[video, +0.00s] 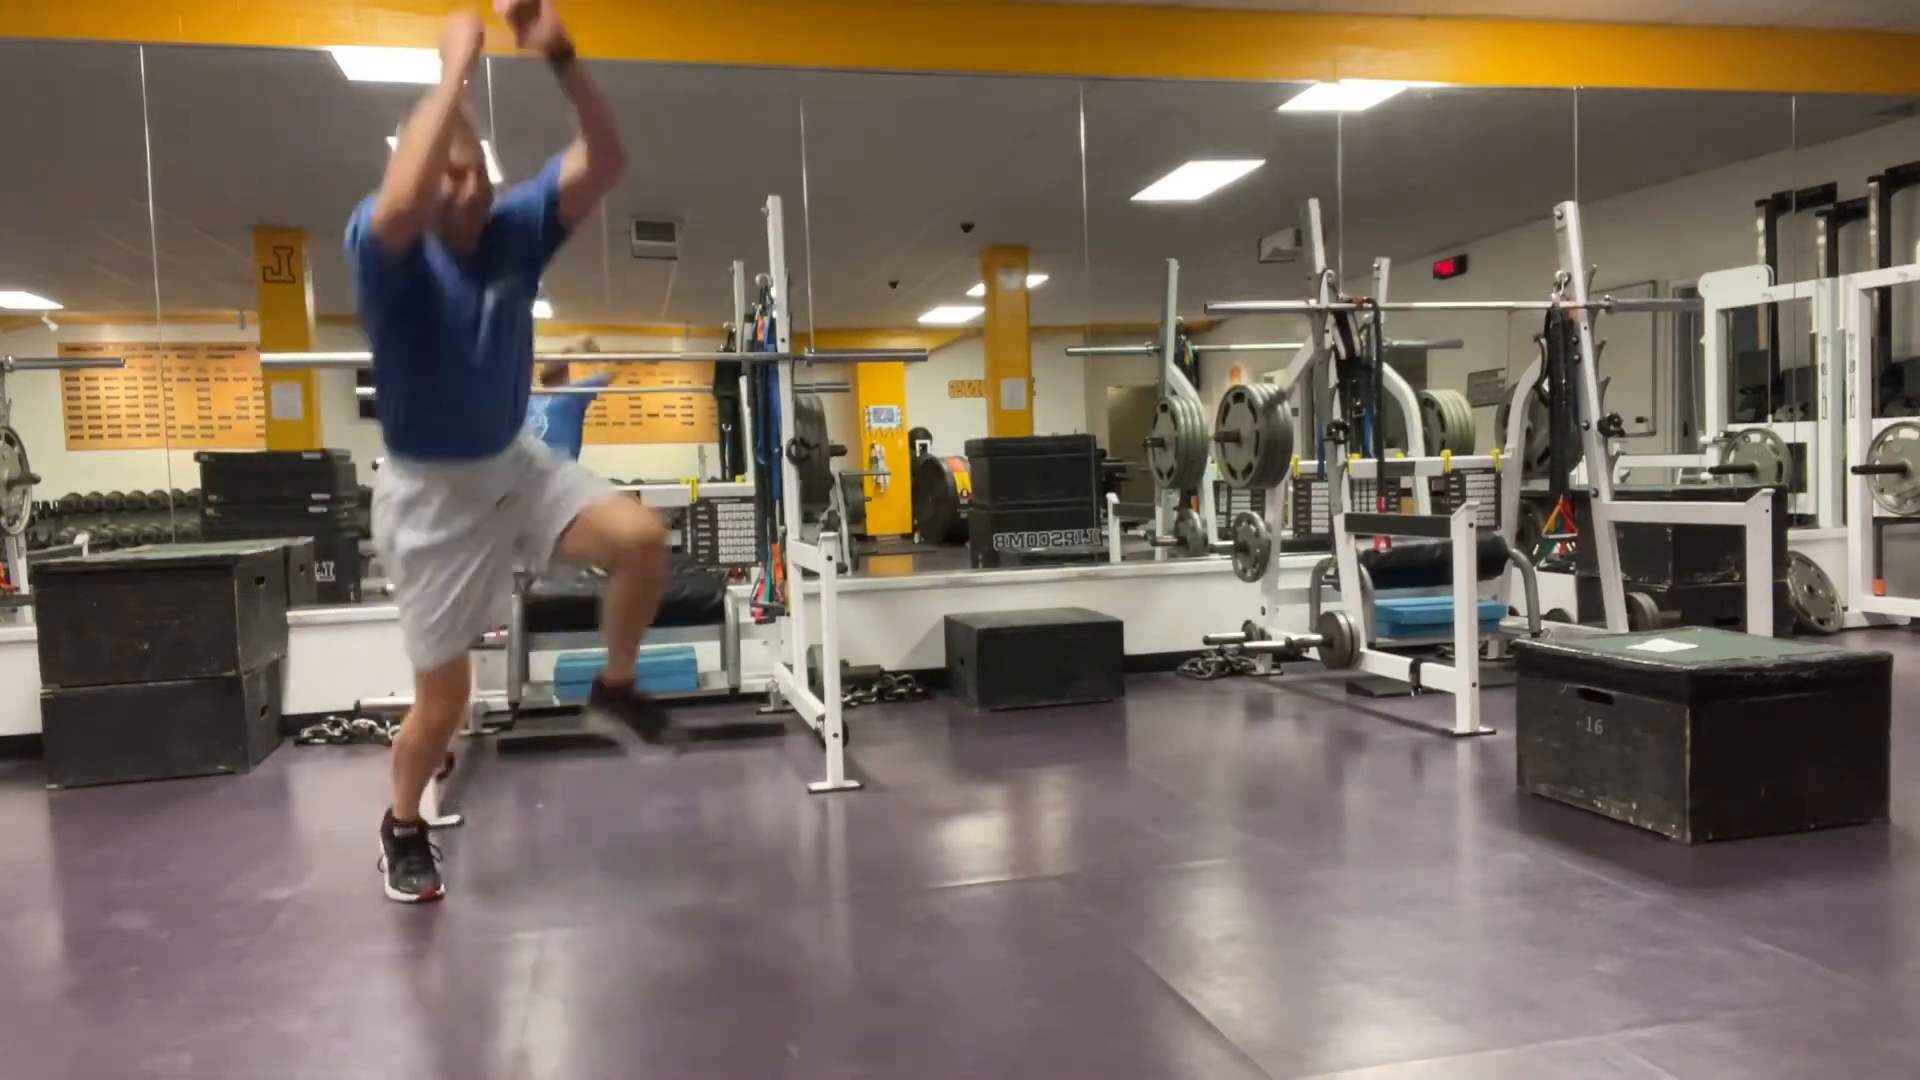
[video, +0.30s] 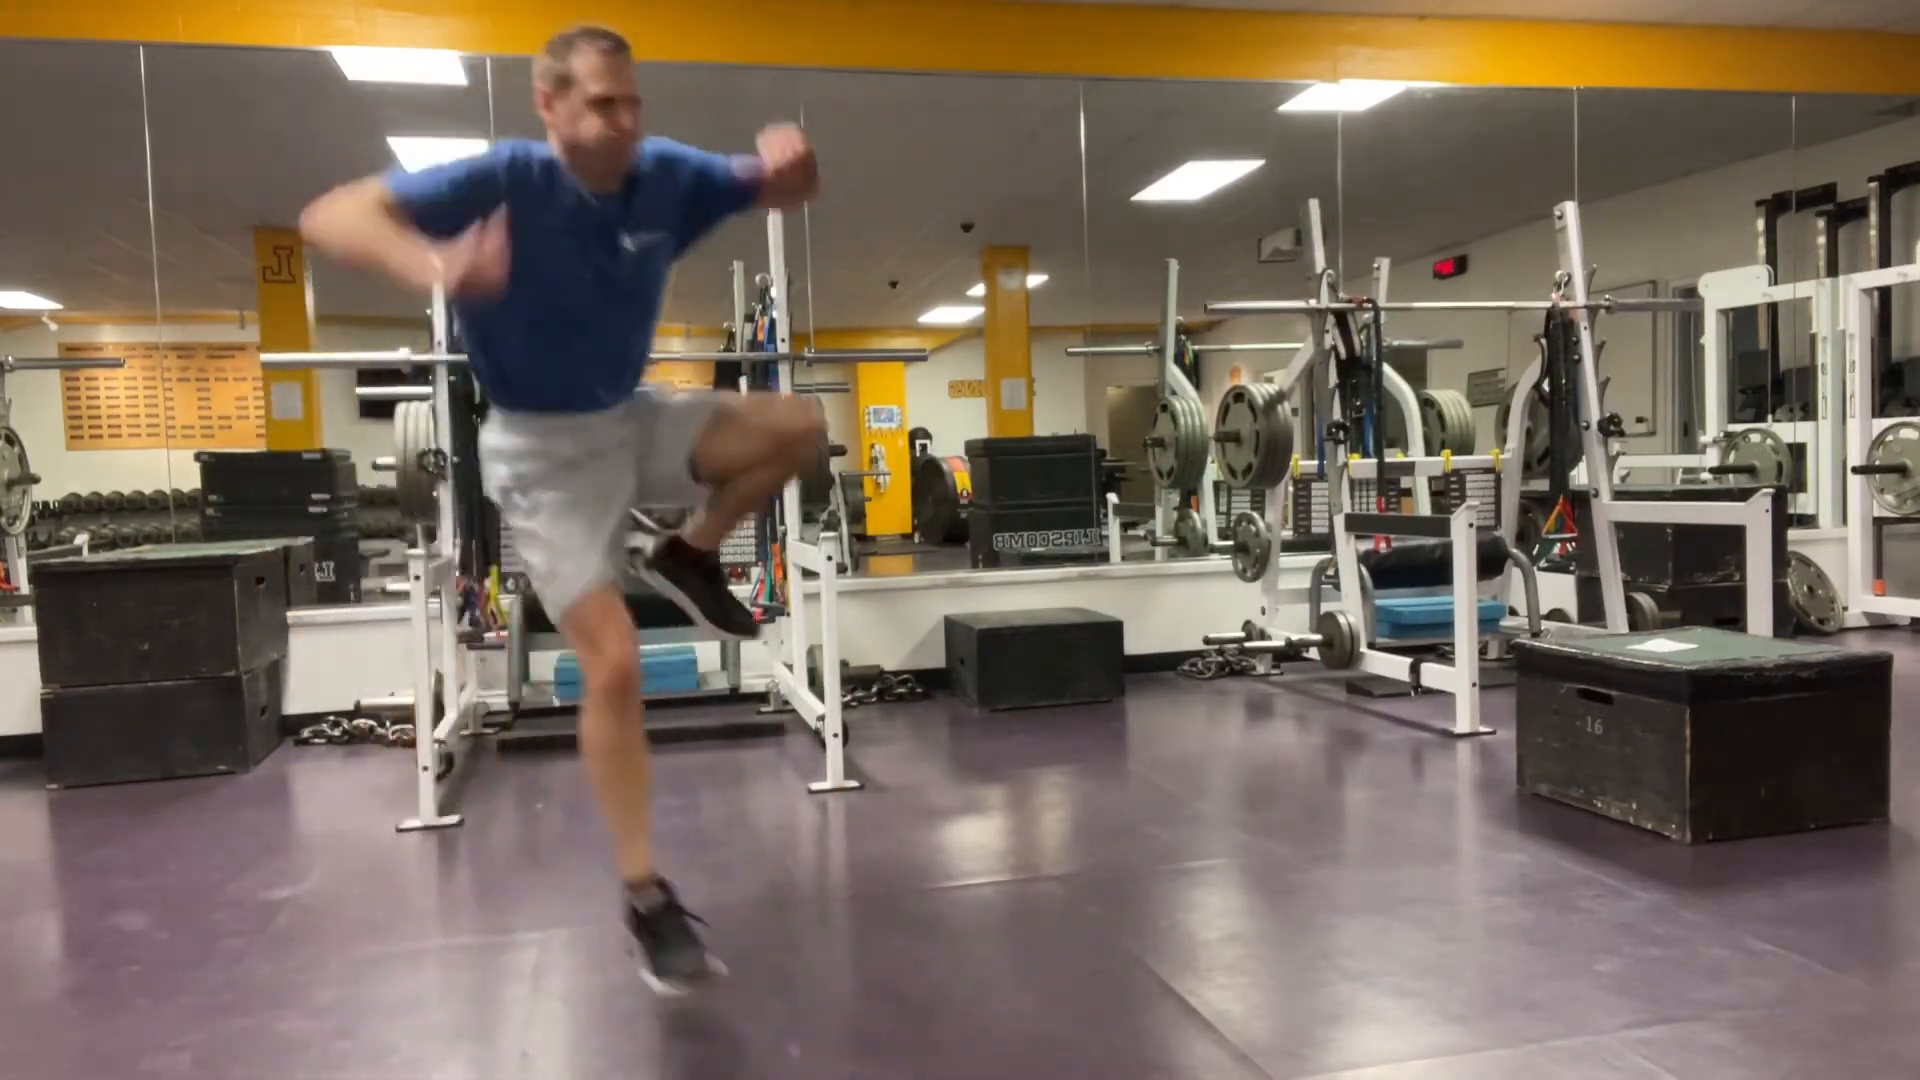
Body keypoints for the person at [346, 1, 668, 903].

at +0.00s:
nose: (465, 186)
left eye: (474, 167)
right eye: (446, 173)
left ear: (492, 171)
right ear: (411, 180)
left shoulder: (515, 232)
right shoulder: (383, 250)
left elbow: (604, 160)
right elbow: (400, 205)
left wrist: (561, 58)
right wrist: (453, 72)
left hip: (518, 473)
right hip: (429, 497)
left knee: (639, 539)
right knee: (441, 705)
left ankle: (617, 687)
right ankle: (403, 822)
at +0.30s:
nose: (616, 123)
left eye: (627, 106)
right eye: (597, 106)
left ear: (644, 105)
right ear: (550, 104)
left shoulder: (668, 176)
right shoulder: (502, 179)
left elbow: (785, 188)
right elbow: (330, 215)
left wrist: (789, 160)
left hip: (632, 421)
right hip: (535, 450)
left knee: (796, 429)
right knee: (613, 659)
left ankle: (687, 556)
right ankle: (647, 896)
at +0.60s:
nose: (803, 281)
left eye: (808, 261)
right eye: (780, 263)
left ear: (816, 260)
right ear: (717, 265)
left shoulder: (823, 360)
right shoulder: (655, 384)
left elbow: (836, 511)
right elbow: (597, 567)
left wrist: (832, 517)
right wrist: (731, 611)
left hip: (748, 585)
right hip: (650, 606)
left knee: (877, 705)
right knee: (787, 776)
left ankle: (791, 868)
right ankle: (710, 989)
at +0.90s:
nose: (945, 196)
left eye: (950, 183)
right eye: (924, 182)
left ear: (954, 188)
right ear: (869, 187)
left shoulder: (970, 264)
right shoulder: (834, 261)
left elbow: (1086, 233)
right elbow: (854, 258)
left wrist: (1133, 172)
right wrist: (979, 156)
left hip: (884, 544)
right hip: (796, 547)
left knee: (1057, 626)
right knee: (853, 783)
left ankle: (980, 801)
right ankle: (715, 982)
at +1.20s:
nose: (1198, 151)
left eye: (1205, 137)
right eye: (1185, 133)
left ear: (1202, 141)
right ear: (1133, 127)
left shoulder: (1176, 216)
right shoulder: (1068, 202)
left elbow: (1203, 275)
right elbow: (956, 247)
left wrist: (1250, 334)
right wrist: (1026, 332)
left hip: (1105, 444)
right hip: (1023, 452)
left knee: (1225, 555)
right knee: (1112, 646)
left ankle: (1172, 661)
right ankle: (1034, 812)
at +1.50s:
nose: (1375, 417)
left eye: (1379, 402)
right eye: (1365, 400)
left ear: (1318, 392)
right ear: (1312, 389)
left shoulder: (1324, 455)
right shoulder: (1244, 461)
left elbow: (1369, 550)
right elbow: (1316, 594)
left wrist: (1414, 521)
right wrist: (1414, 522)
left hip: (1229, 600)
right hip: (1153, 608)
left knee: (1352, 676)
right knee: (1300, 698)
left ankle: (1292, 806)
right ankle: (1213, 850)